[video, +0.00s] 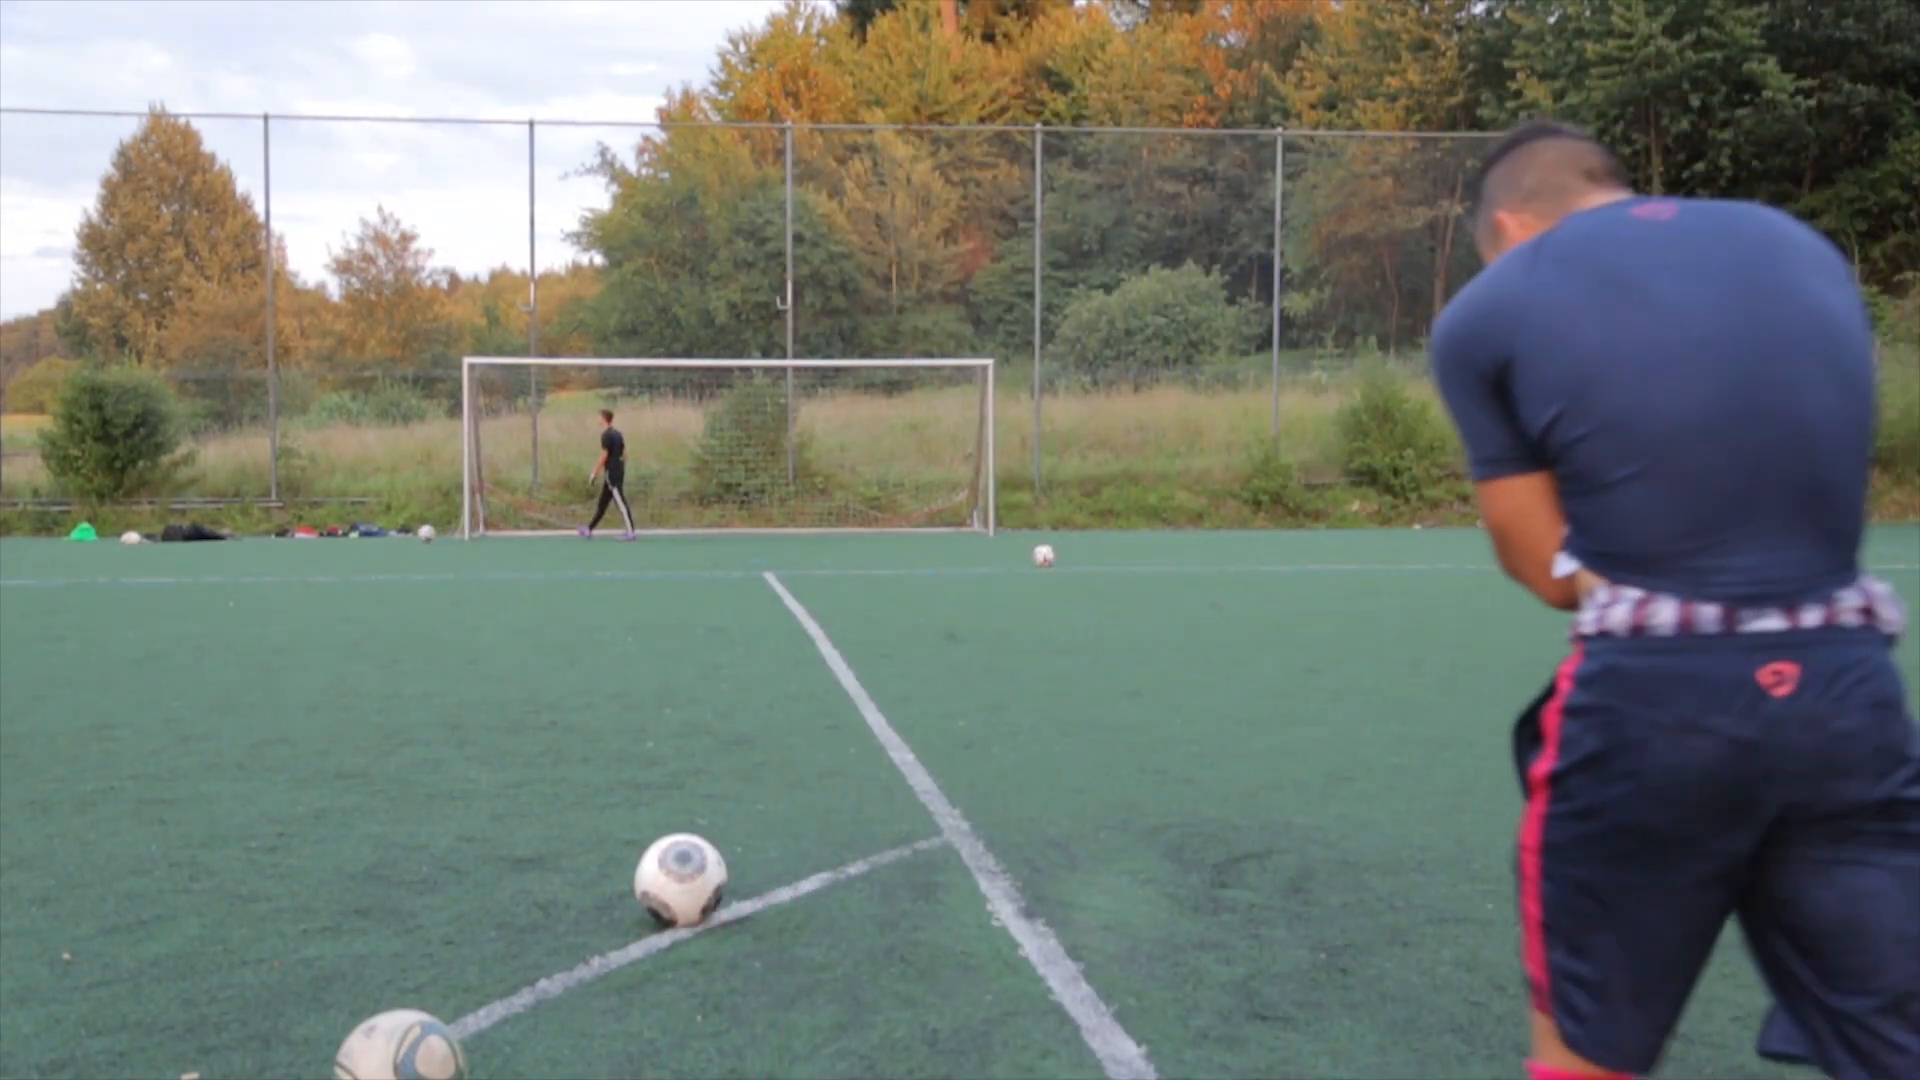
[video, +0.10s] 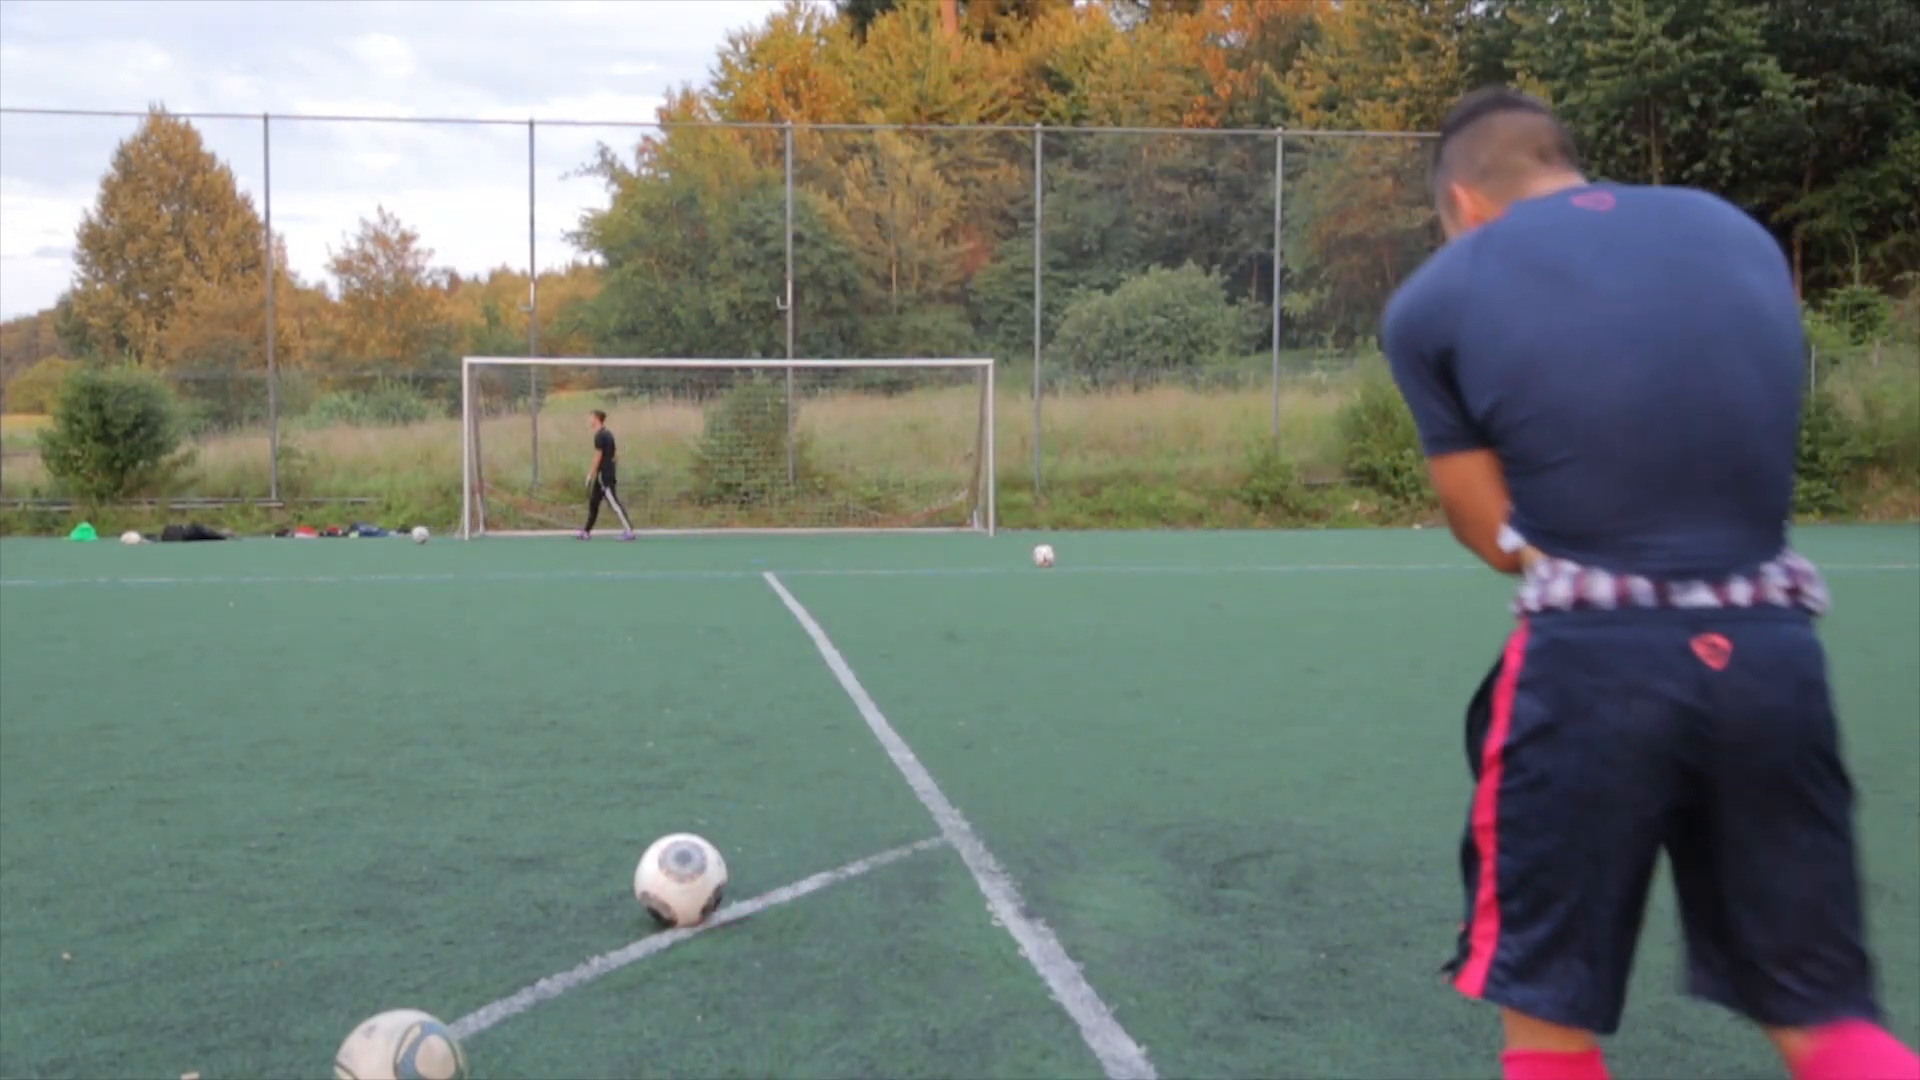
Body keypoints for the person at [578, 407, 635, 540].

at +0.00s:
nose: (599, 421)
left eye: (601, 418)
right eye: (600, 418)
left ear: (604, 419)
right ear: (611, 419)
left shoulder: (606, 435)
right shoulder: (617, 434)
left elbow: (604, 455)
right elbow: (623, 455)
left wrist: (594, 472)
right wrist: (618, 467)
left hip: (611, 469)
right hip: (618, 467)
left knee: (619, 500)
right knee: (604, 501)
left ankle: (630, 531)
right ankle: (589, 528)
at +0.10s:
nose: (591, 423)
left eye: (593, 420)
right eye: (591, 419)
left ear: (598, 420)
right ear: (601, 421)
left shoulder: (601, 435)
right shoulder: (608, 435)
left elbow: (598, 457)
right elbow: (613, 455)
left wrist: (591, 474)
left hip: (604, 471)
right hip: (607, 469)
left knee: (612, 501)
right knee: (594, 501)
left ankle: (629, 530)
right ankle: (586, 530)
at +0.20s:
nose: (583, 421)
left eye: (584, 418)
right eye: (583, 418)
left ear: (592, 418)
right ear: (592, 419)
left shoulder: (594, 435)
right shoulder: (596, 434)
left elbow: (592, 457)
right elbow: (595, 458)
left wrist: (587, 475)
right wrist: (590, 474)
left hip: (596, 475)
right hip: (596, 474)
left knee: (599, 501)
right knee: (588, 501)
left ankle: (623, 527)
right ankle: (585, 531)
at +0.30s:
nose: (577, 420)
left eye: (578, 417)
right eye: (576, 417)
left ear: (585, 417)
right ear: (583, 418)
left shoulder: (587, 434)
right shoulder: (587, 433)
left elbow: (587, 457)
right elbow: (588, 457)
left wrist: (582, 475)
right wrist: (584, 473)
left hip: (589, 471)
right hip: (590, 470)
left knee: (583, 501)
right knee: (586, 501)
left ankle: (608, 520)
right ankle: (585, 531)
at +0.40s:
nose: (569, 420)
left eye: (571, 417)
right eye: (569, 417)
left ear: (577, 416)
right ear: (573, 418)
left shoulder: (581, 432)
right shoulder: (579, 432)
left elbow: (582, 455)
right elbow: (581, 455)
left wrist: (577, 474)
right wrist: (576, 473)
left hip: (583, 470)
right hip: (582, 470)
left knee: (570, 498)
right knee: (584, 498)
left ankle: (590, 523)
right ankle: (585, 528)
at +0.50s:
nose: (562, 420)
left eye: (564, 417)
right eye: (561, 417)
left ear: (570, 417)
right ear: (564, 418)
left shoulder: (574, 433)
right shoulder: (571, 432)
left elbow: (578, 454)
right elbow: (574, 454)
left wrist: (573, 472)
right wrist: (568, 471)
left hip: (574, 470)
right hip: (576, 470)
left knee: (560, 497)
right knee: (581, 501)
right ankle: (585, 530)